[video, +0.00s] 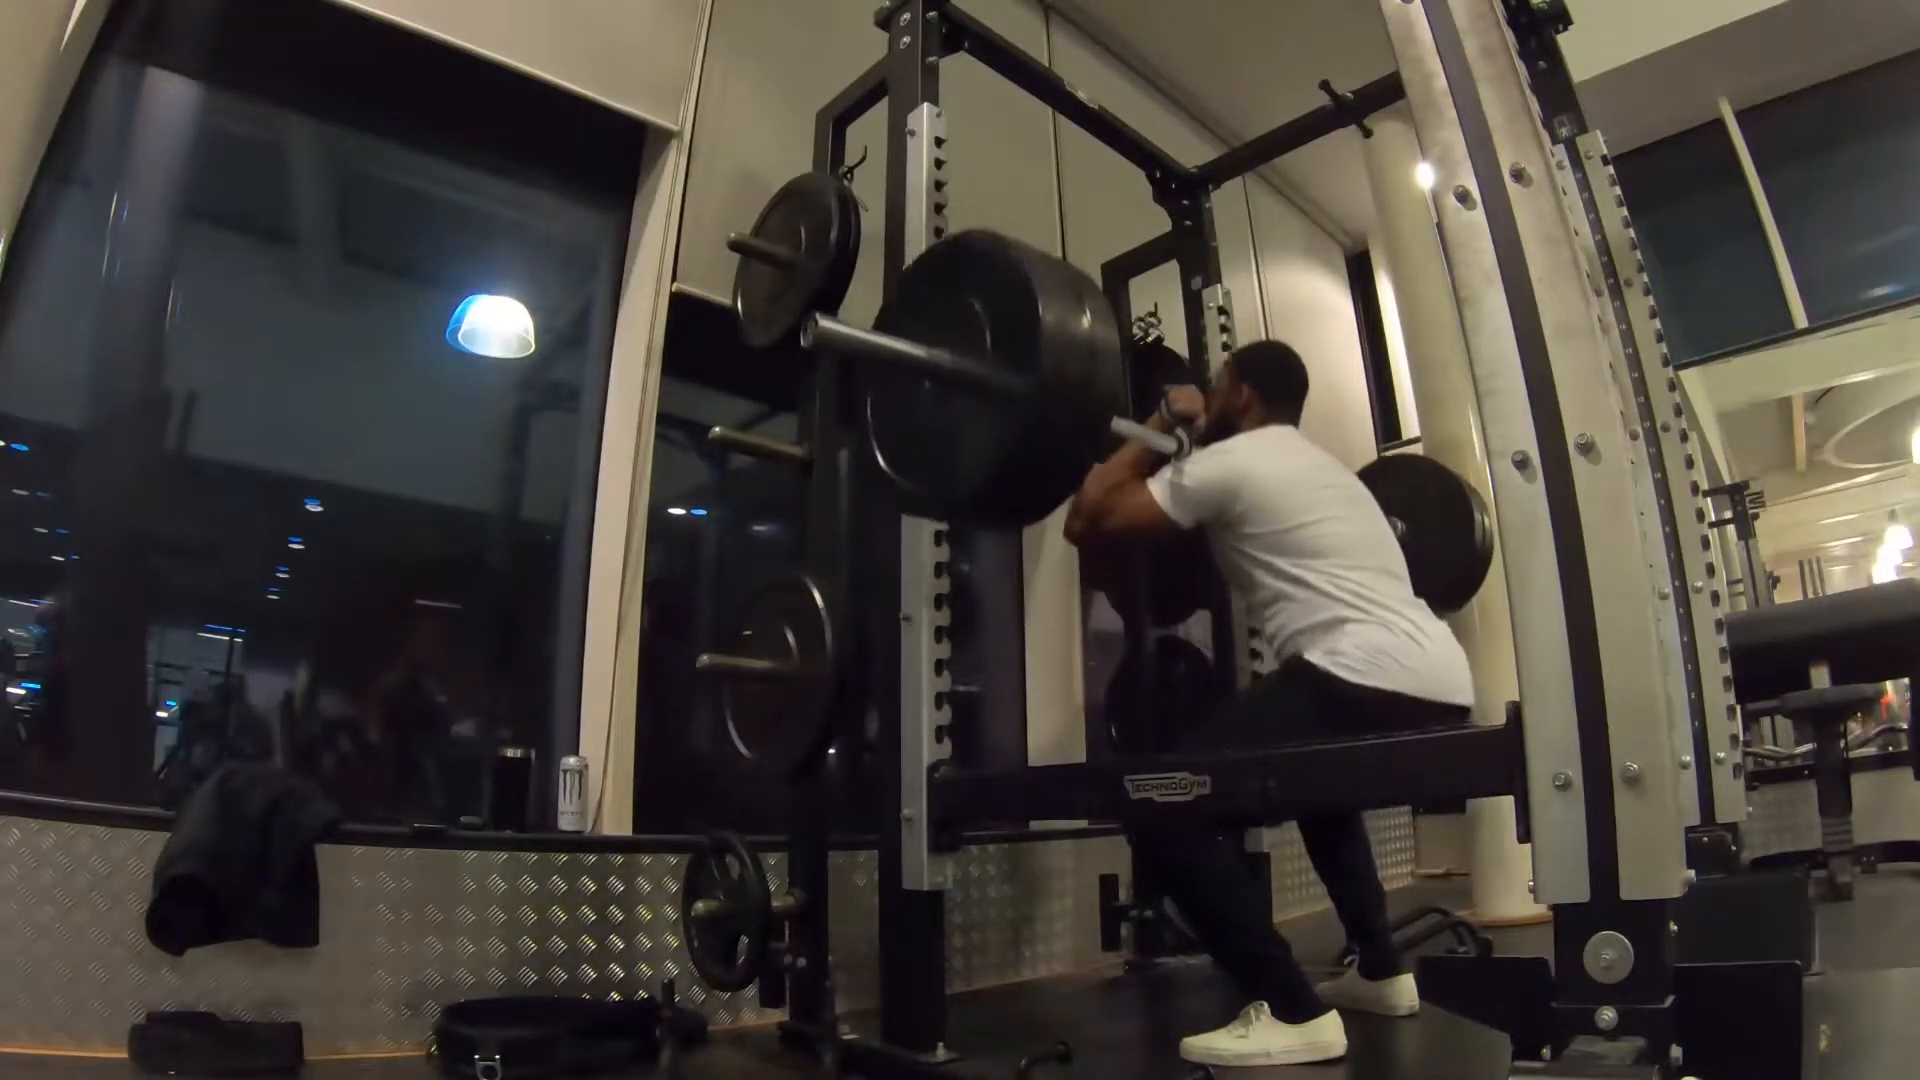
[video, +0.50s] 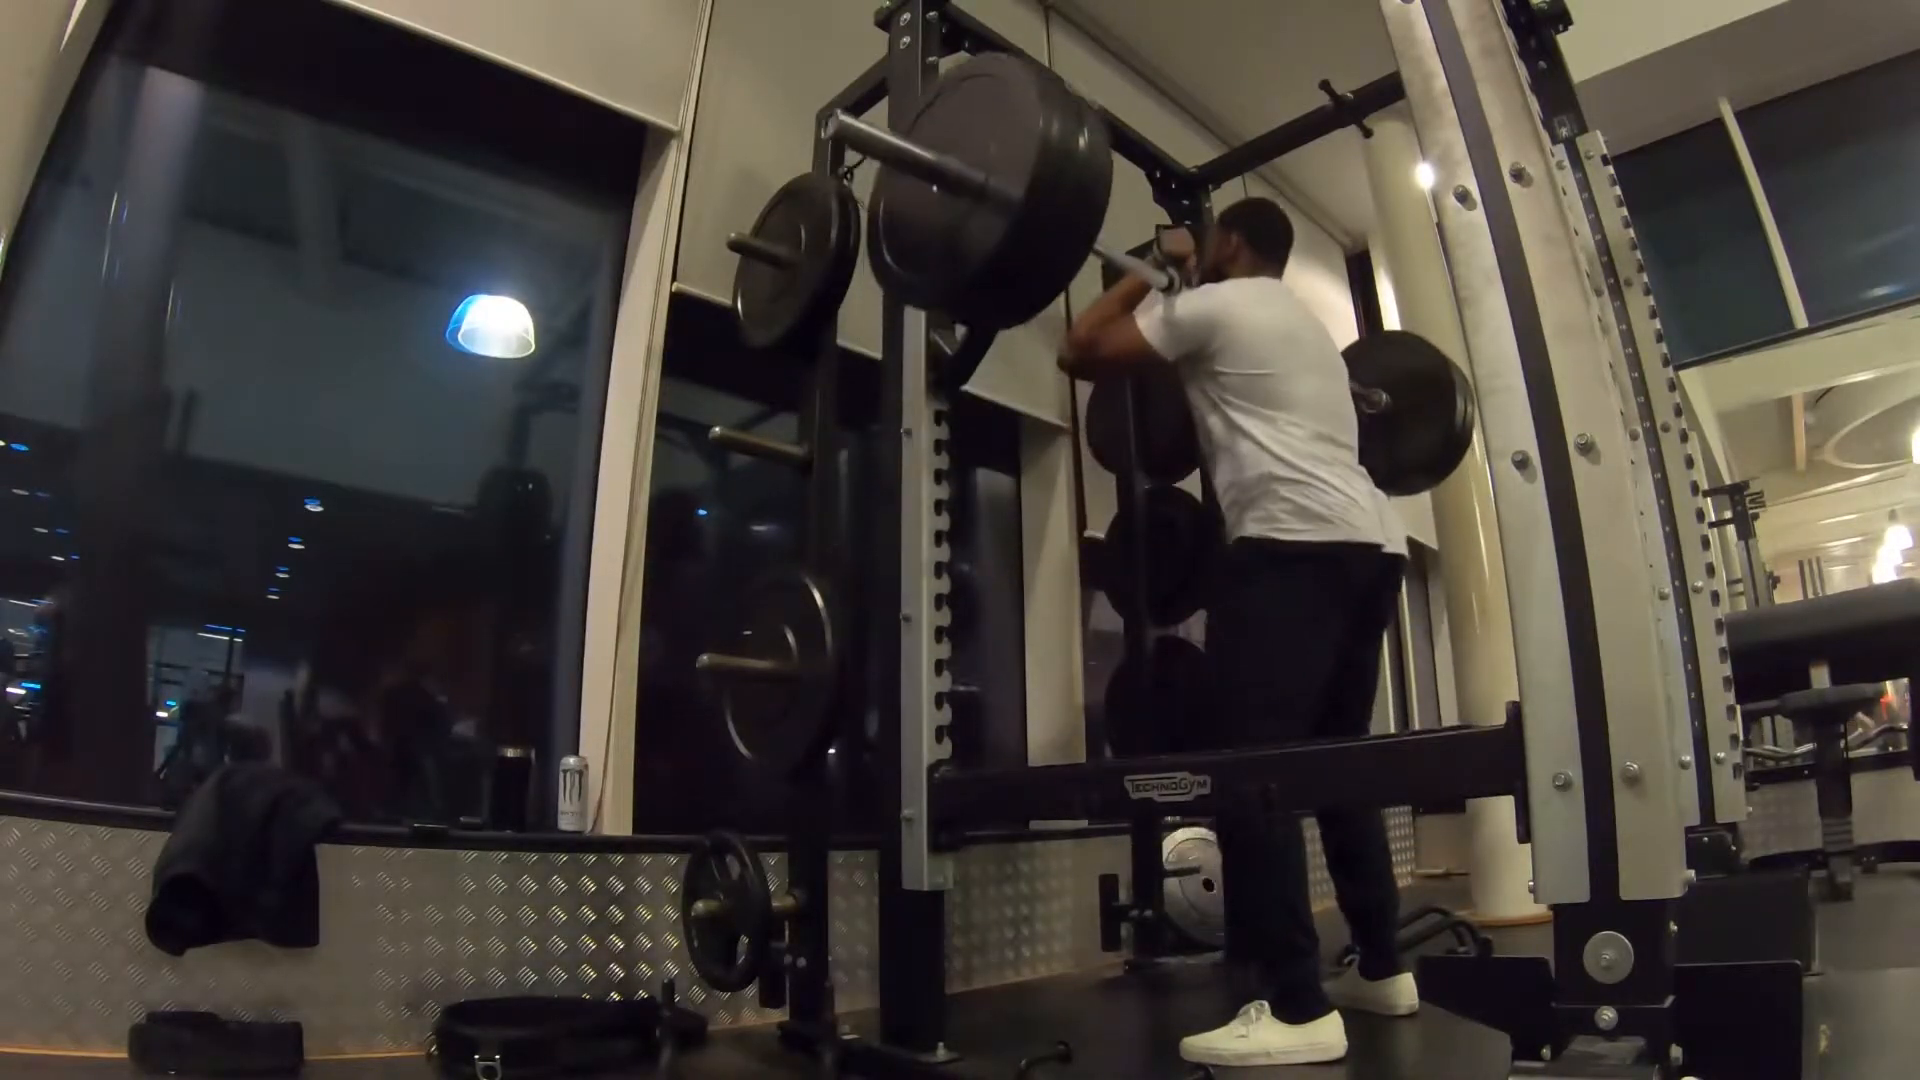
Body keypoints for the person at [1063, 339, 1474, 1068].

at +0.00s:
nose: (1212, 401)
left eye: (1219, 389)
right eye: (1215, 388)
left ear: (1243, 395)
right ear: (1290, 402)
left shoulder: (1232, 464)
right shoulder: (1325, 464)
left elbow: (1089, 514)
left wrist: (1153, 434)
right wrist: (1200, 431)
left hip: (1352, 681)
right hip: (1443, 692)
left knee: (1167, 800)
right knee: (1315, 782)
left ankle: (1291, 1012)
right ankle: (1383, 970)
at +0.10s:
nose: (1210, 371)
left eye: (1217, 358)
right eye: (1214, 358)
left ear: (1238, 364)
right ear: (1288, 374)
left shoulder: (1230, 433)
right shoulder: (1323, 436)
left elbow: (1088, 485)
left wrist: (1148, 407)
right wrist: (1203, 399)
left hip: (1338, 658)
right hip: (1429, 671)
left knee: (1171, 795)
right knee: (1313, 779)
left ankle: (1289, 1010)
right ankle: (1382, 969)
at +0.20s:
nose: (1207, 338)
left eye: (1214, 326)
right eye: (1211, 325)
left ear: (1236, 331)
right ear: (1283, 340)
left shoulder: (1231, 398)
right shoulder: (1314, 406)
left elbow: (1093, 450)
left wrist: (1156, 368)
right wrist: (1191, 375)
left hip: (1327, 632)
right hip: (1412, 640)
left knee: (1181, 789)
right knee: (1319, 778)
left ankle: (1289, 1010)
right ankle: (1383, 970)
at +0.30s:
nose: (1204, 306)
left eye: (1212, 293)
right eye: (1209, 294)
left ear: (1235, 296)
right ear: (1281, 306)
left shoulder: (1227, 364)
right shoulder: (1311, 374)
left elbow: (1091, 407)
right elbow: (1167, 457)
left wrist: (1156, 333)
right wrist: (1166, 350)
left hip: (1310, 596)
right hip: (1398, 599)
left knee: (1192, 785)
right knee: (1325, 773)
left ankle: (1291, 1010)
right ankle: (1383, 970)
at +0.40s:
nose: (1204, 279)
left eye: (1212, 267)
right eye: (1210, 269)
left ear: (1235, 268)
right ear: (1282, 276)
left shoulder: (1222, 330)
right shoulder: (1310, 339)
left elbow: (1083, 370)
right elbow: (1183, 443)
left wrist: (1145, 303)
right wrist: (1185, 305)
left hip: (1295, 566)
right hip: (1383, 568)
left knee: (1219, 777)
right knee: (1333, 765)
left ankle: (1293, 1008)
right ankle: (1384, 969)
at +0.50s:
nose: (1203, 256)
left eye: (1212, 244)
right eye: (1208, 245)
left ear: (1238, 247)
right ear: (1278, 255)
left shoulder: (1218, 310)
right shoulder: (1308, 320)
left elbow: (1082, 346)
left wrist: (1144, 276)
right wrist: (1176, 285)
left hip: (1283, 551)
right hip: (1369, 550)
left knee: (1252, 773)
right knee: (1338, 764)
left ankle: (1296, 1008)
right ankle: (1385, 968)